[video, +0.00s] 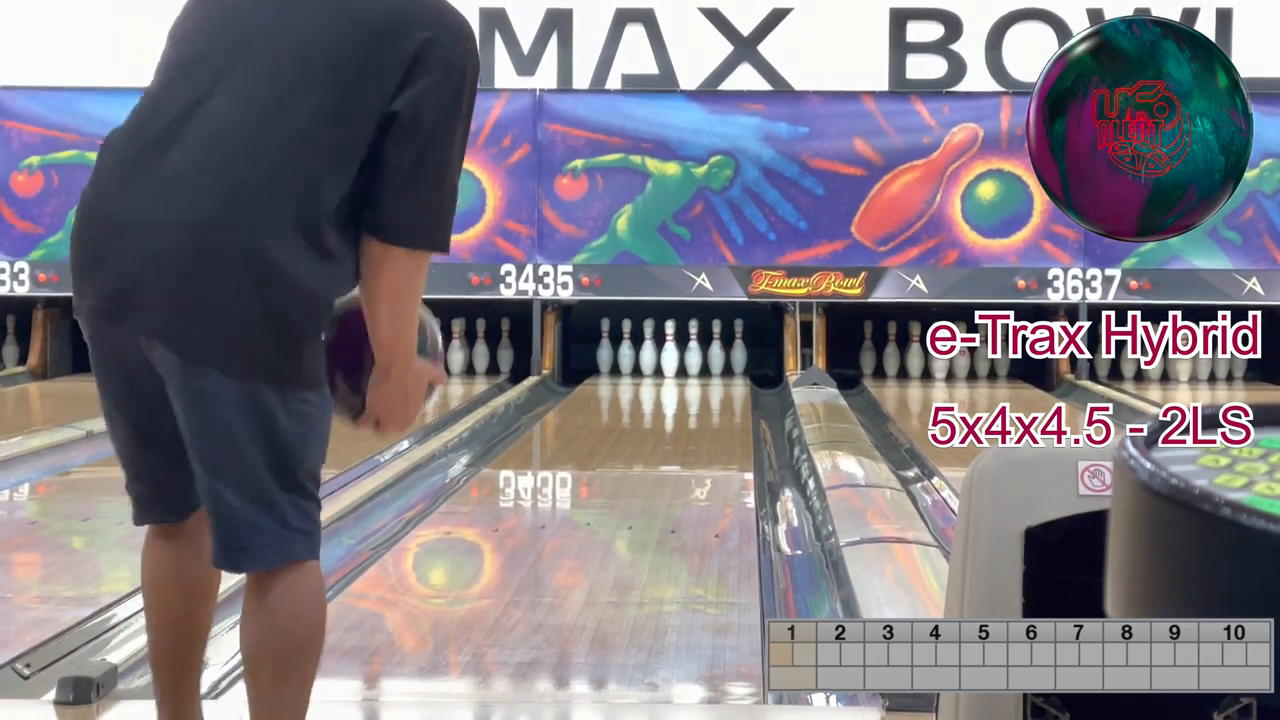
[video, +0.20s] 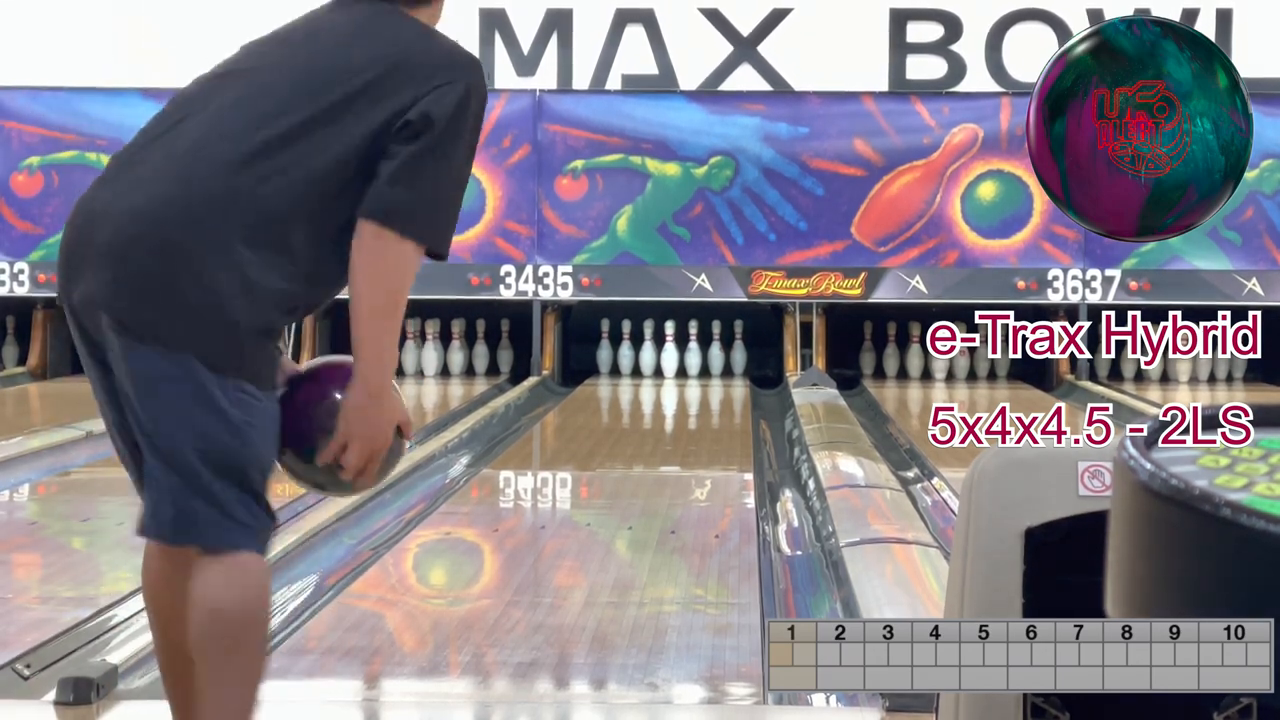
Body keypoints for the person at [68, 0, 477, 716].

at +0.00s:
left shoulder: (225, 7)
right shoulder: (434, 29)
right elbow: (397, 230)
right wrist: (395, 378)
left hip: (108, 248)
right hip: (242, 275)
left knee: (173, 516)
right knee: (280, 551)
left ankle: (178, 712)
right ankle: (274, 714)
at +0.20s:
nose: (448, 14)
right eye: (447, 11)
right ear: (435, 6)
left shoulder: (304, 37)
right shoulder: (446, 70)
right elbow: (389, 231)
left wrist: (266, 356)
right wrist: (374, 386)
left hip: (96, 256)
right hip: (191, 279)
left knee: (176, 521)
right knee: (230, 533)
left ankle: (191, 710)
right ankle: (221, 711)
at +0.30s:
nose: (464, 29)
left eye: (463, 19)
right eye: (466, 18)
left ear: (362, 10)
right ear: (451, 18)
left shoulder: (319, 57)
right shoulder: (450, 70)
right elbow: (384, 183)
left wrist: (289, 318)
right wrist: (360, 330)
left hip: (105, 245)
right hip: (166, 261)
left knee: (191, 503)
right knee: (208, 506)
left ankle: (191, 709)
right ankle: (131, 712)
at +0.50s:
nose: (479, 141)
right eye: (477, 126)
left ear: (375, 116)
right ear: (461, 123)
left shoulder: (346, 166)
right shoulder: (445, 163)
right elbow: (379, 209)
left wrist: (260, 417)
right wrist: (333, 335)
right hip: (156, 315)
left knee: (223, 485)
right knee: (200, 559)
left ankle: (203, 679)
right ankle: (73, 712)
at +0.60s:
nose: (486, 216)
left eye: (485, 204)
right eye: (485, 203)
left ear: (377, 188)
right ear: (470, 198)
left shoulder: (337, 226)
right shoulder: (456, 227)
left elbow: (255, 327)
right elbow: (383, 284)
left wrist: (277, 441)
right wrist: (340, 410)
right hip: (181, 364)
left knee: (252, 508)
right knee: (180, 589)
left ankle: (274, 678)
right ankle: (69, 711)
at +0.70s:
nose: (485, 232)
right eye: (485, 222)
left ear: (378, 209)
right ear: (470, 223)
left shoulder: (339, 253)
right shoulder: (467, 271)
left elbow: (295, 434)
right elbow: (406, 378)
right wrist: (384, 512)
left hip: (149, 340)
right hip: (222, 359)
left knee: (262, 466)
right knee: (154, 535)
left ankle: (287, 671)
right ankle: (54, 700)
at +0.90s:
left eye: (327, 188)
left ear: (338, 197)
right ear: (441, 216)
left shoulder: (311, 221)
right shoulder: (458, 272)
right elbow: (479, 382)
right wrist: (446, 324)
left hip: (205, 293)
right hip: (290, 323)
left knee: (270, 468)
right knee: (153, 453)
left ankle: (297, 668)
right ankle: (4, 425)